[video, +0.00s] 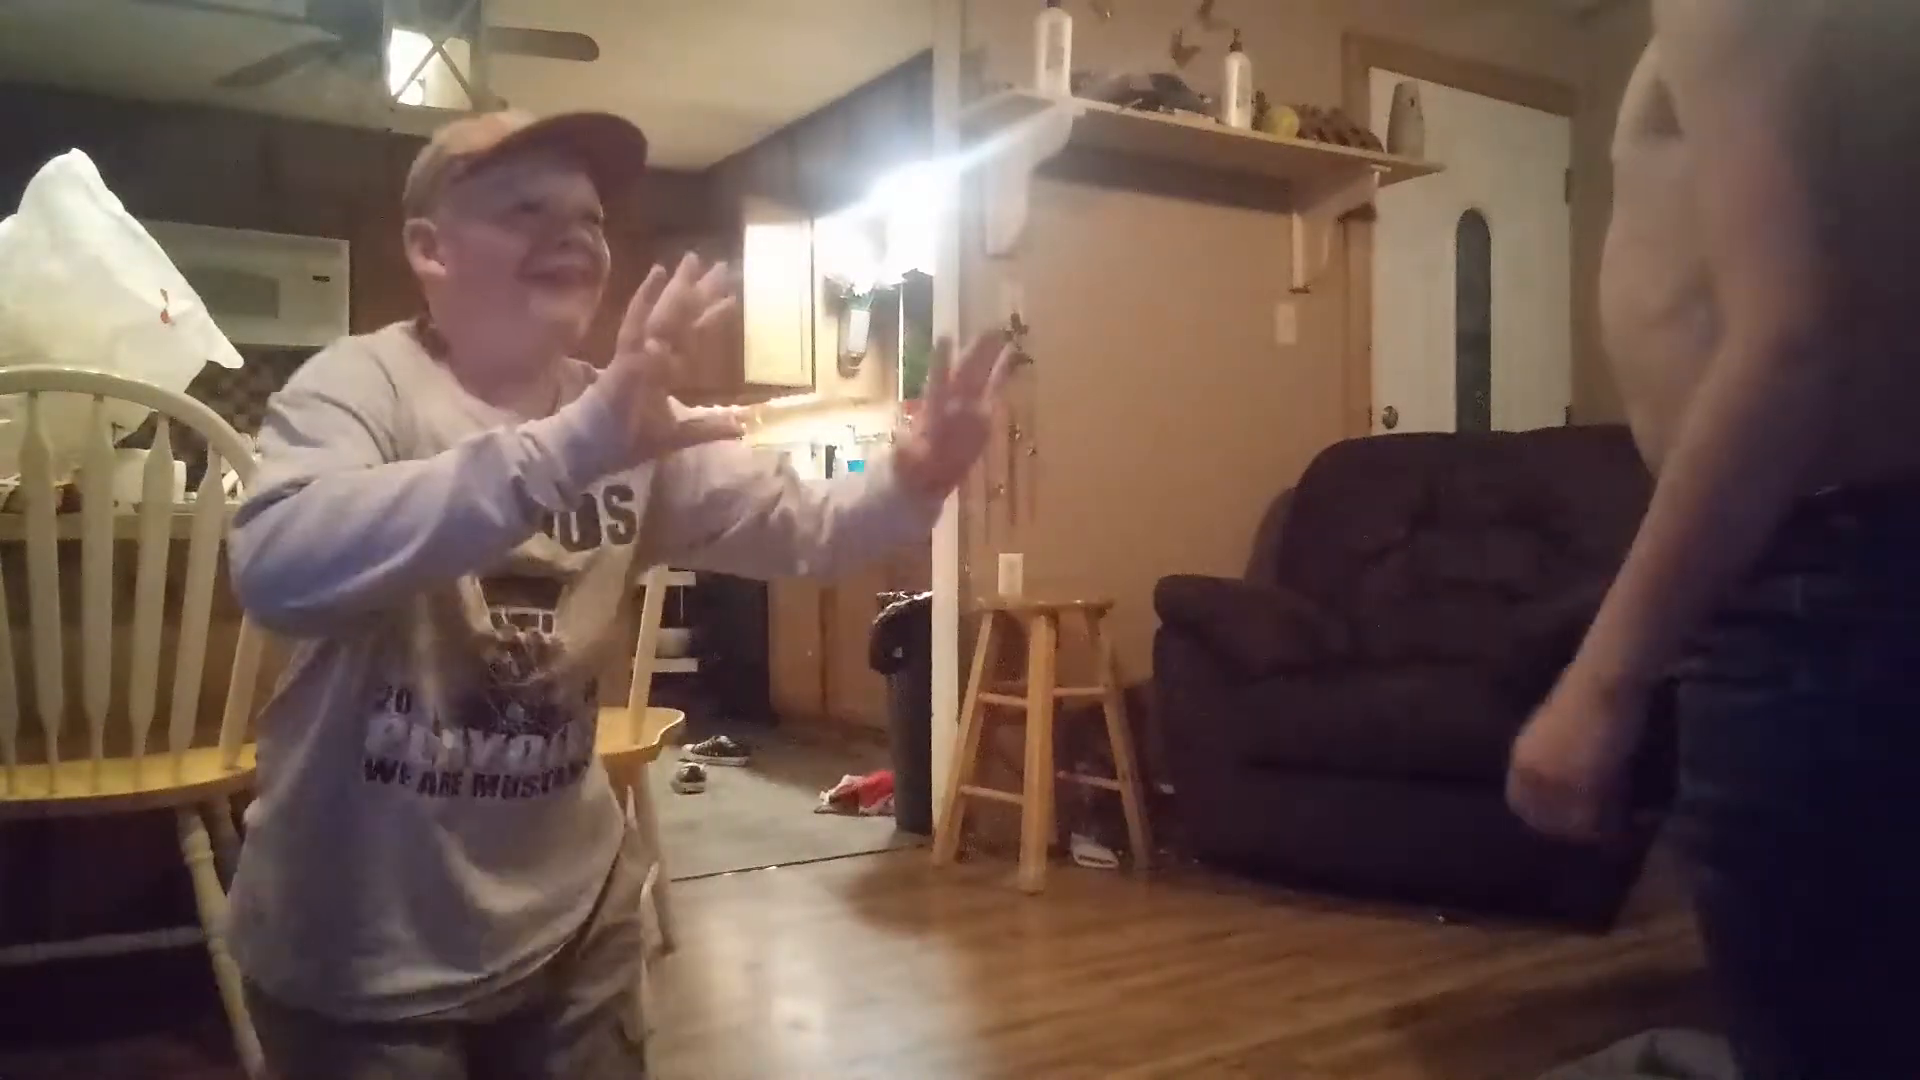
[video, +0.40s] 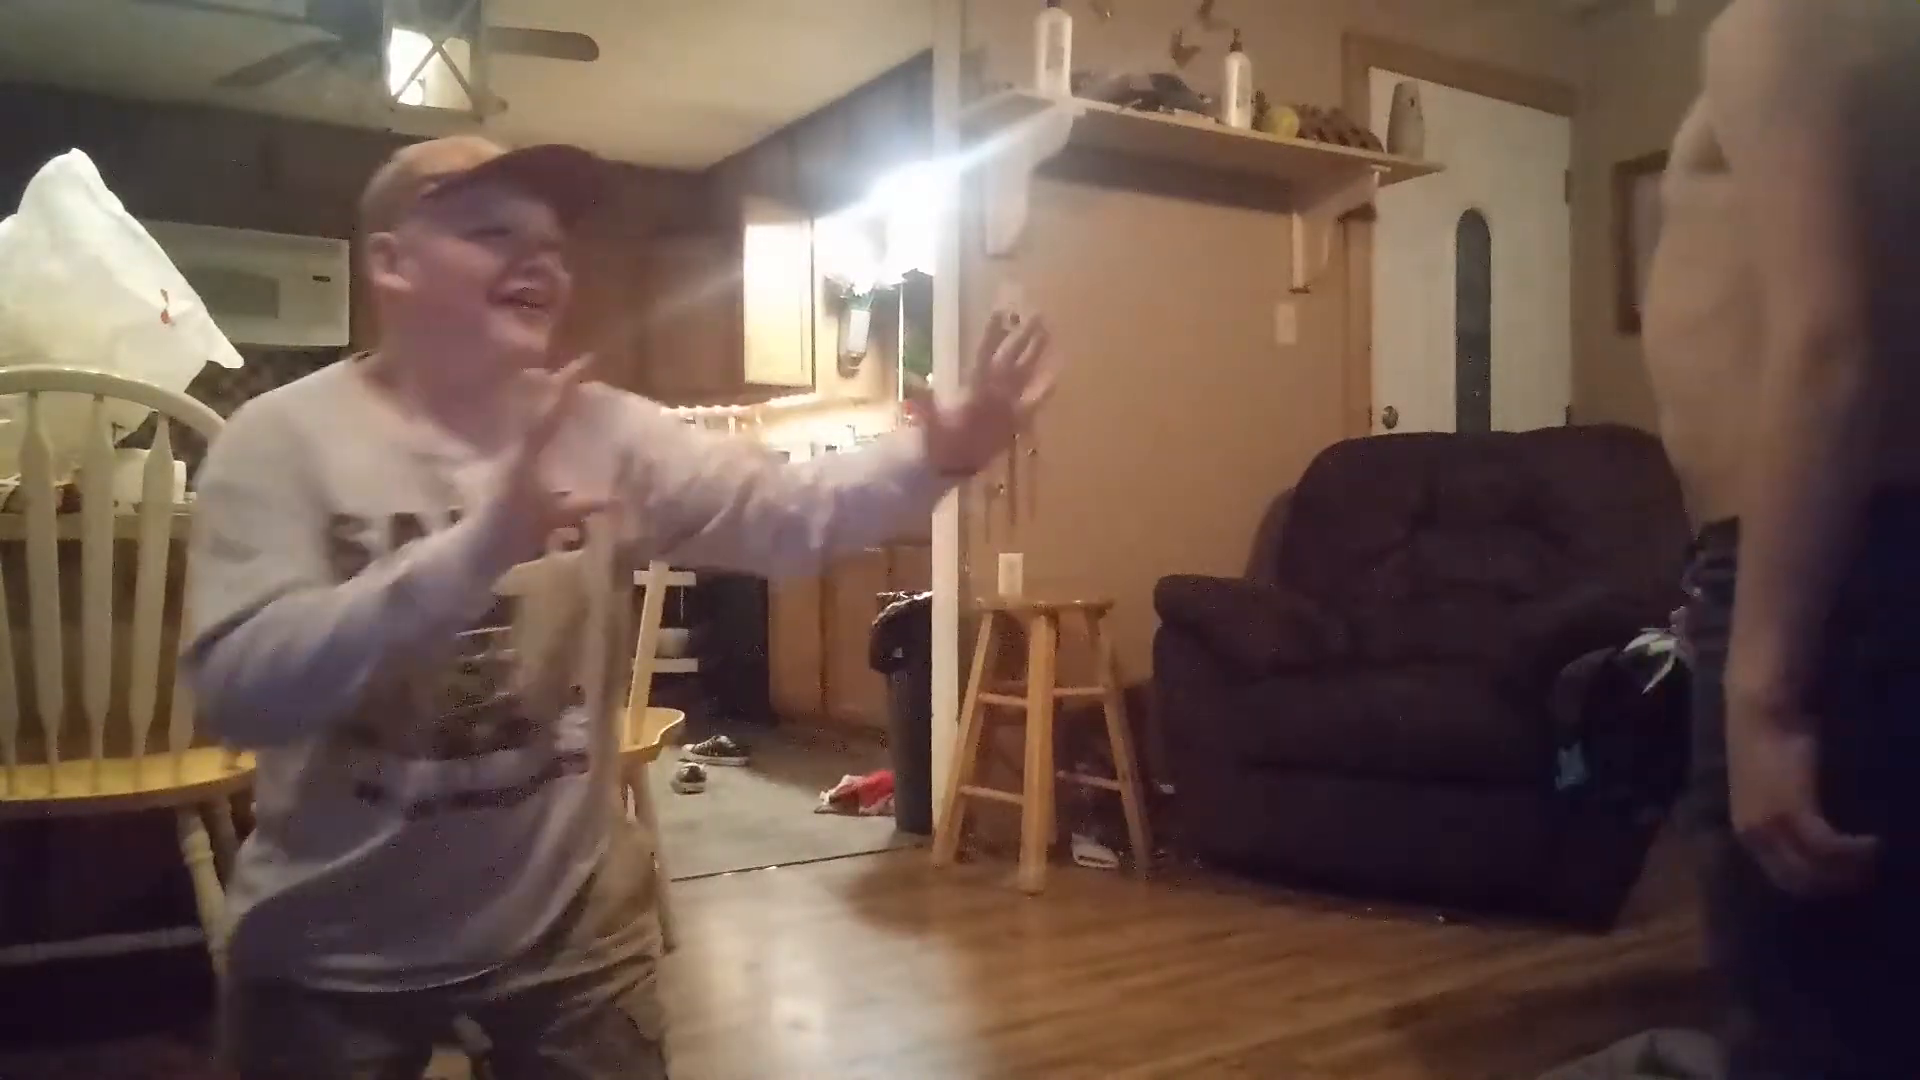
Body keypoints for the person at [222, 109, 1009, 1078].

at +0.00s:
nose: (574, 237)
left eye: (589, 220)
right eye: (525, 211)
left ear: (612, 255)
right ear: (429, 253)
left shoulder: (625, 420)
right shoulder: (353, 386)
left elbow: (796, 518)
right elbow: (283, 563)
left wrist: (910, 488)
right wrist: (580, 441)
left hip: (569, 924)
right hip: (360, 937)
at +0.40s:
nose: (542, 259)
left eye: (553, 240)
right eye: (495, 232)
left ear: (569, 273)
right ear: (390, 264)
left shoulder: (600, 431)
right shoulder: (275, 443)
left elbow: (780, 509)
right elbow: (237, 681)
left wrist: (928, 462)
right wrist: (476, 554)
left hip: (570, 921)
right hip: (329, 941)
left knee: (616, 1065)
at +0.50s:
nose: (490, 260)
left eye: (501, 242)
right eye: (441, 232)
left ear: (516, 285)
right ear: (337, 265)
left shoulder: (554, 439)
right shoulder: (214, 452)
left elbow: (717, 521)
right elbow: (144, 697)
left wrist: (869, 483)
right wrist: (395, 578)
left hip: (540, 923)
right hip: (296, 947)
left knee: (610, 1068)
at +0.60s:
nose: (459, 257)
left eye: (468, 243)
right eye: (410, 229)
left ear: (478, 278)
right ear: (298, 256)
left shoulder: (525, 439)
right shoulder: (165, 442)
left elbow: (701, 513)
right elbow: (52, 679)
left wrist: (858, 482)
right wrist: (312, 571)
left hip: (514, 953)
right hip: (264, 975)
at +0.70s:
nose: (452, 262)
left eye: (461, 248)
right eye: (404, 235)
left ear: (474, 280)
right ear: (290, 259)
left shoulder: (510, 437)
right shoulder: (148, 443)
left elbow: (707, 507)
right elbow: (17, 664)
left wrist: (871, 458)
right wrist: (235, 605)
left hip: (493, 930)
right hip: (247, 961)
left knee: (597, 1061)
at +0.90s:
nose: (464, 295)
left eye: (477, 275)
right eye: (418, 266)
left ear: (493, 297)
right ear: (311, 295)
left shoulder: (528, 449)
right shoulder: (175, 472)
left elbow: (714, 501)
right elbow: (8, 662)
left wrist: (888, 449)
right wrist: (106, 695)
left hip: (467, 948)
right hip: (231, 975)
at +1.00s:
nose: (495, 318)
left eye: (507, 295)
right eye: (452, 290)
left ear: (520, 312)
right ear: (347, 312)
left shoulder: (554, 466)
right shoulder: (205, 488)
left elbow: (747, 523)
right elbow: (24, 681)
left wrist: (909, 470)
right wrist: (107, 696)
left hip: (502, 931)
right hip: (256, 955)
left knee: (613, 1068)